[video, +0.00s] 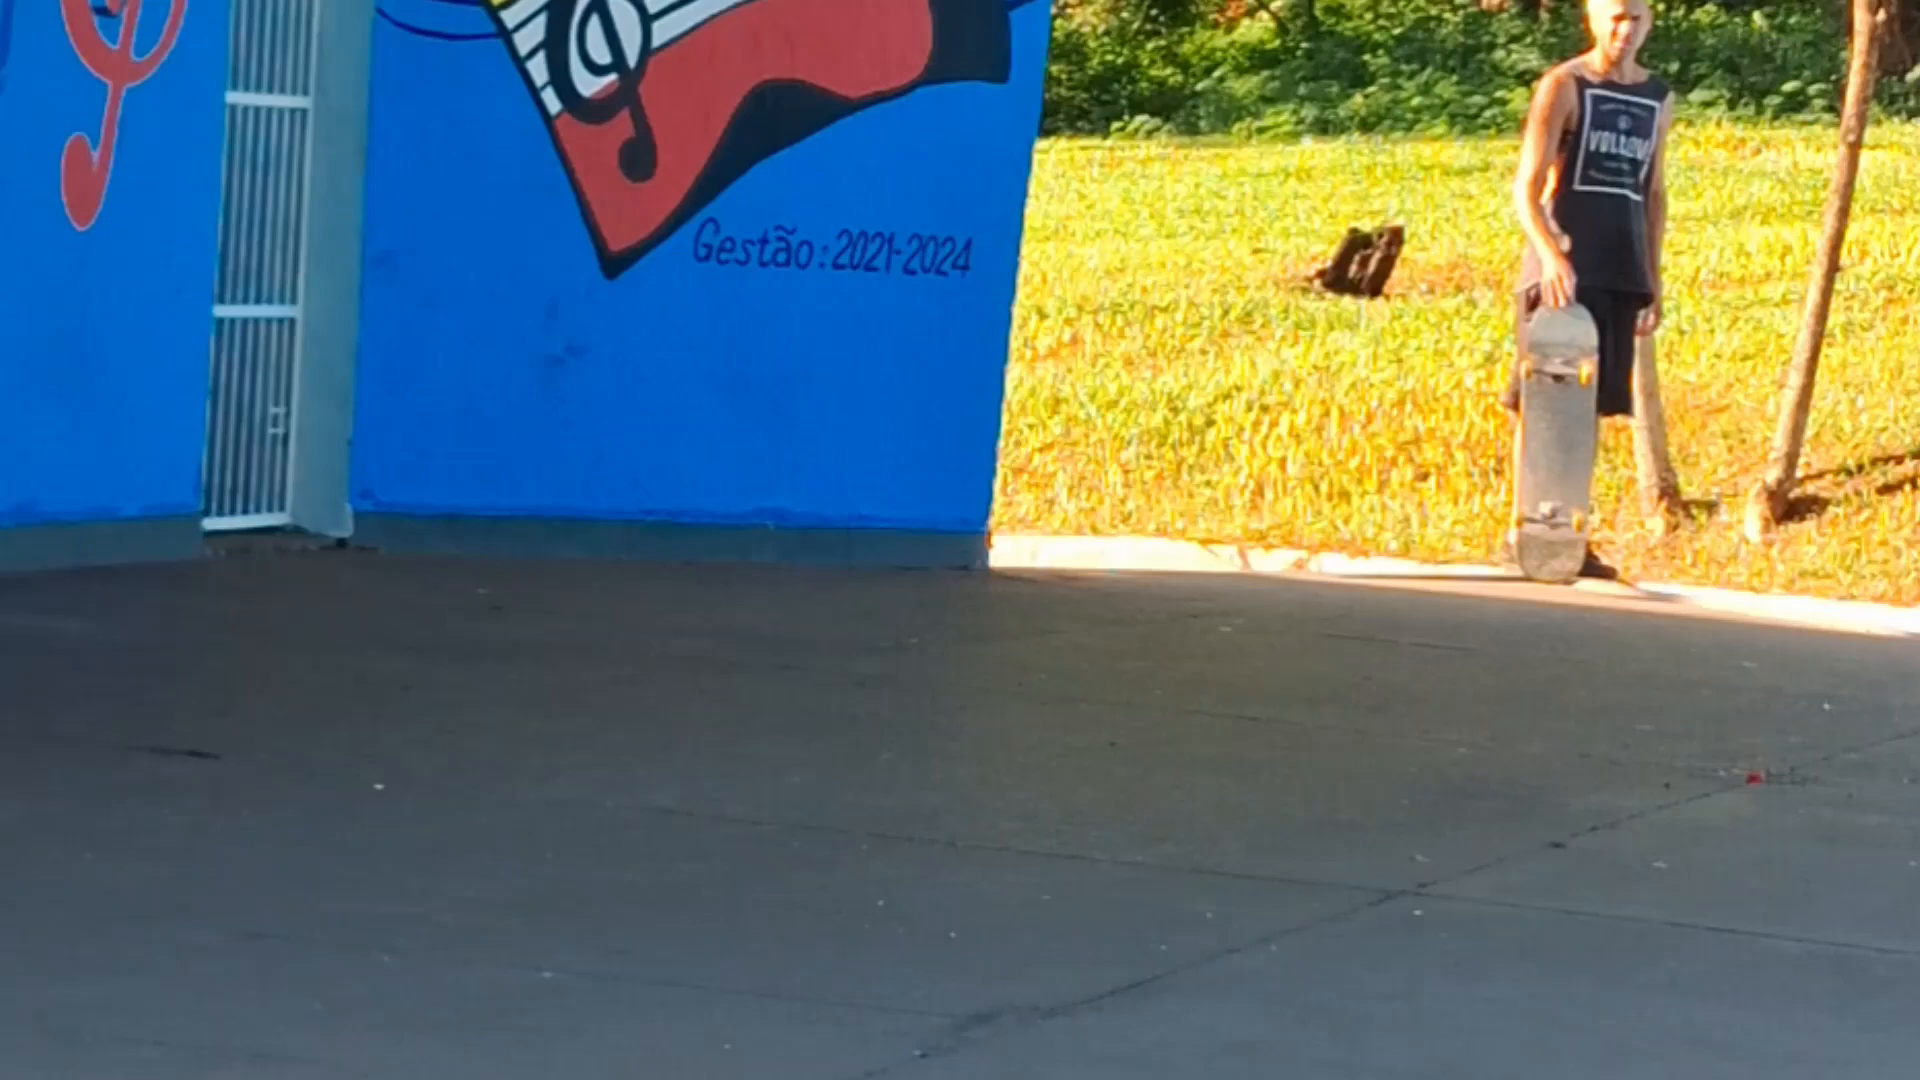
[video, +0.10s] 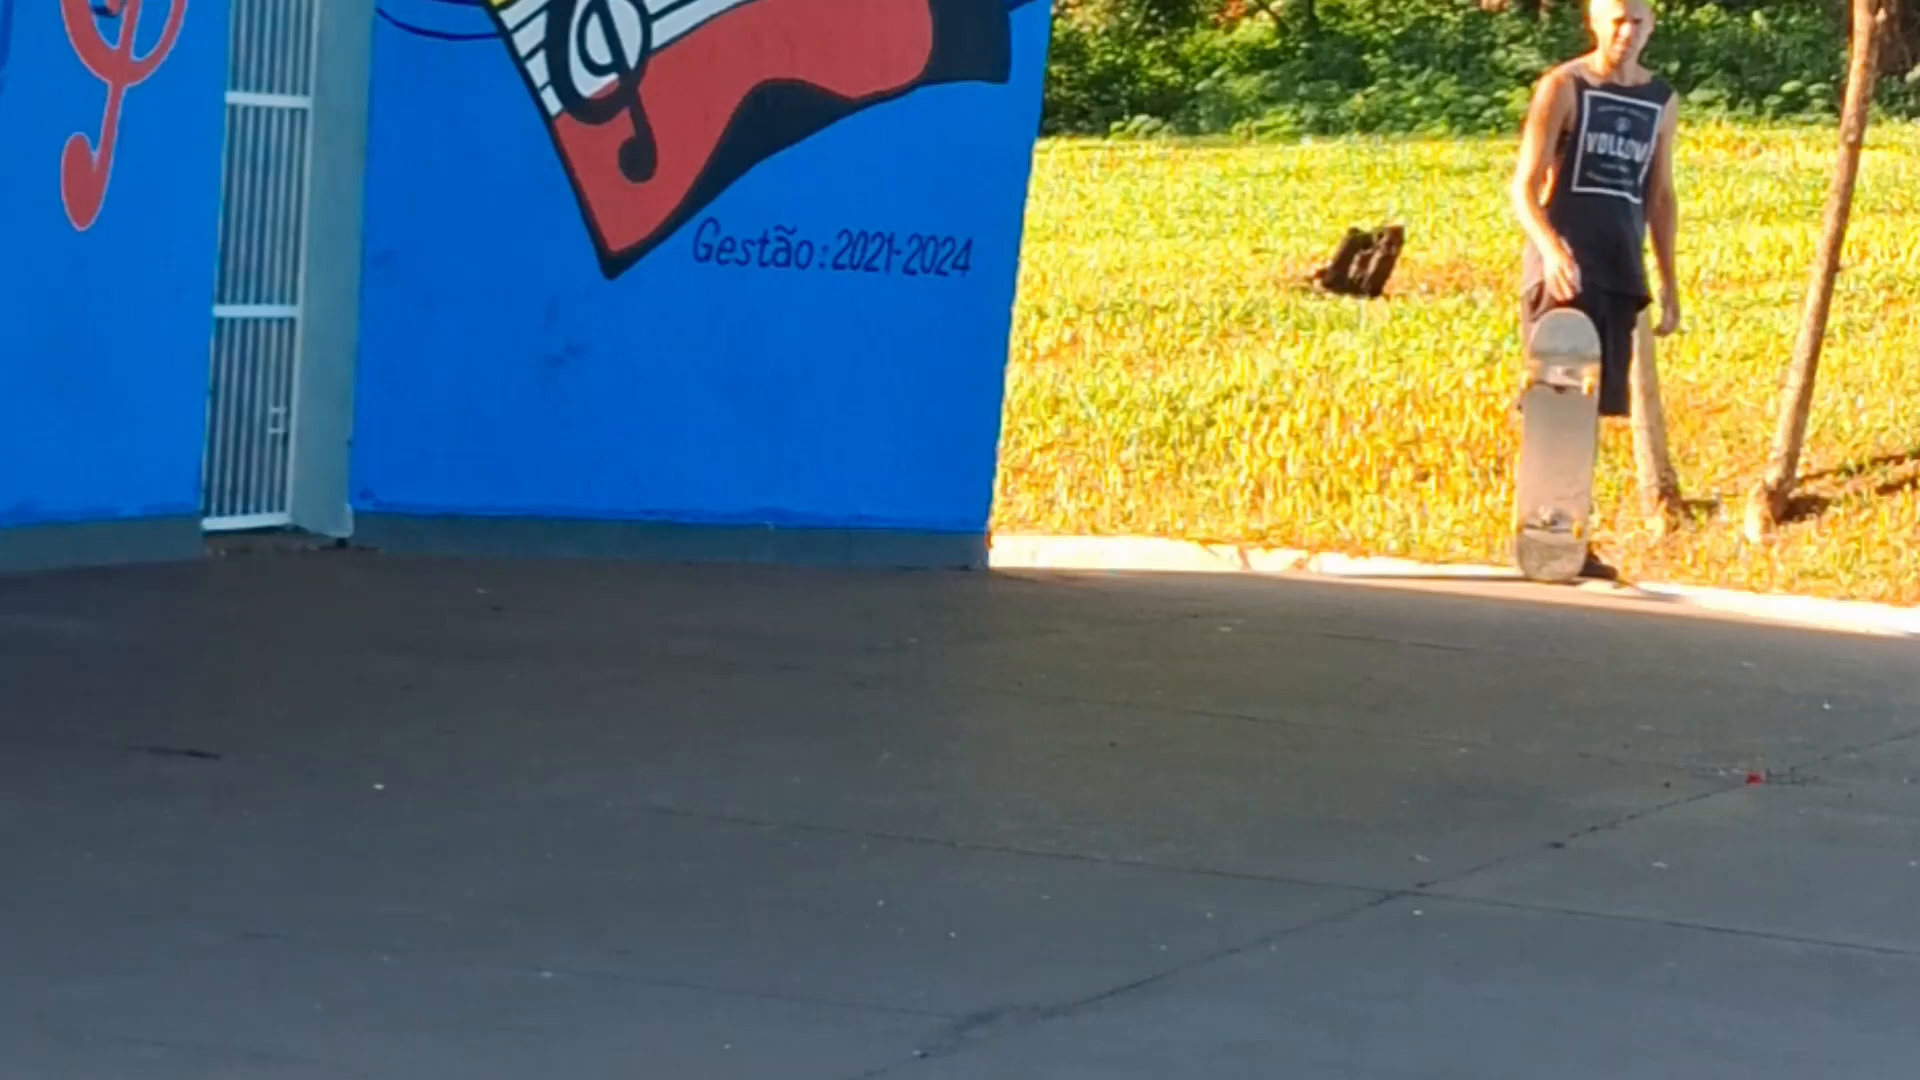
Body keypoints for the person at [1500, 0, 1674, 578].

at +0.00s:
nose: (1626, 30)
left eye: (1636, 20)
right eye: (1617, 18)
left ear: (1649, 25)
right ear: (1593, 20)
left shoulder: (1656, 95)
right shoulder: (1562, 85)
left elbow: (1653, 191)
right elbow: (1527, 188)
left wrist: (1650, 277)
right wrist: (1550, 257)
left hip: (1621, 273)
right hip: (1565, 269)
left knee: (1593, 409)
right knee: (1546, 402)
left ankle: (1571, 537)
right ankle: (1534, 533)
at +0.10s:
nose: (1628, 32)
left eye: (1638, 22)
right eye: (1619, 20)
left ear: (1651, 27)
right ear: (1595, 21)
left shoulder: (1660, 98)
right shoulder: (1562, 86)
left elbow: (1660, 195)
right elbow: (1523, 187)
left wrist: (1668, 283)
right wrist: (1552, 252)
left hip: (1620, 269)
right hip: (1563, 263)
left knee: (1596, 409)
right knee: (1556, 398)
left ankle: (1575, 536)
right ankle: (1544, 534)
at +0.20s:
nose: (1629, 34)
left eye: (1639, 24)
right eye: (1620, 21)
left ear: (1652, 31)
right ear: (1597, 23)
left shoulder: (1662, 101)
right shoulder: (1563, 85)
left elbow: (1667, 197)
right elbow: (1520, 186)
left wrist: (1680, 283)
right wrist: (1543, 259)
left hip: (1619, 271)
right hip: (1560, 262)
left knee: (1598, 408)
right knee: (1561, 399)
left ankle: (1575, 539)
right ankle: (1546, 537)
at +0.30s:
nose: (1632, 37)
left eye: (1642, 27)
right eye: (1623, 24)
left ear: (1655, 33)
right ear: (1600, 25)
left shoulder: (1664, 103)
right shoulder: (1565, 86)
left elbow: (1672, 199)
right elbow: (1519, 185)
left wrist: (1685, 285)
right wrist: (1525, 269)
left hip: (1621, 279)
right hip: (1560, 271)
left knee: (1596, 414)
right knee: (1561, 406)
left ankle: (1574, 543)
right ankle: (1543, 542)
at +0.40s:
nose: (1631, 41)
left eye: (1641, 30)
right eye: (1622, 28)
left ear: (1657, 34)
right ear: (1600, 28)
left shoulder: (1668, 104)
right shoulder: (1565, 88)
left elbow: (1674, 201)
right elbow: (1517, 184)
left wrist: (1684, 289)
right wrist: (1509, 275)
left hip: (1622, 270)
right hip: (1564, 261)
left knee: (1594, 409)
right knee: (1562, 400)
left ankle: (1572, 534)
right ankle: (1539, 529)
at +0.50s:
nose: (1633, 43)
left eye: (1644, 33)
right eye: (1624, 30)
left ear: (1659, 37)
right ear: (1603, 29)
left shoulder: (1673, 105)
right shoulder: (1567, 88)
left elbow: (1676, 201)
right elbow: (1517, 180)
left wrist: (1677, 290)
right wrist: (1496, 271)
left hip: (1623, 263)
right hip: (1564, 251)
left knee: (1594, 405)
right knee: (1563, 391)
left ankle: (1573, 527)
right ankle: (1543, 519)